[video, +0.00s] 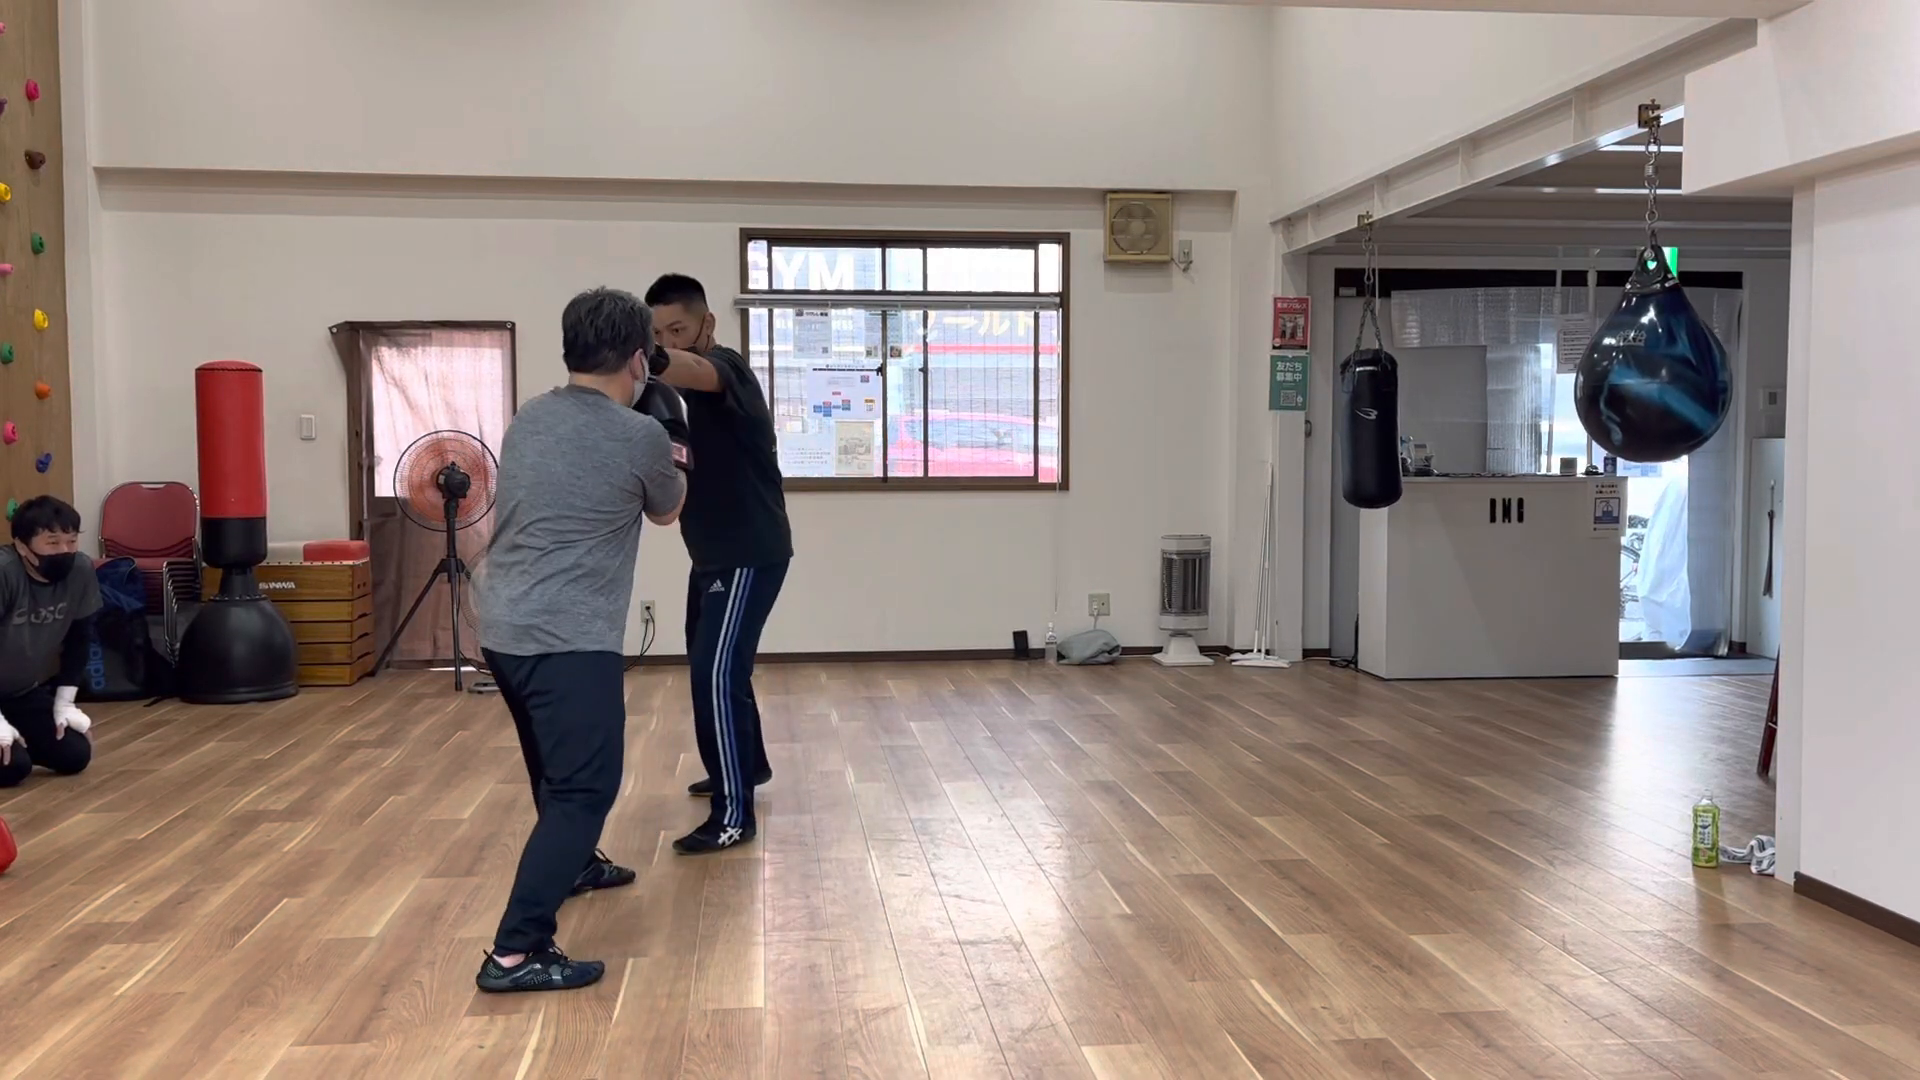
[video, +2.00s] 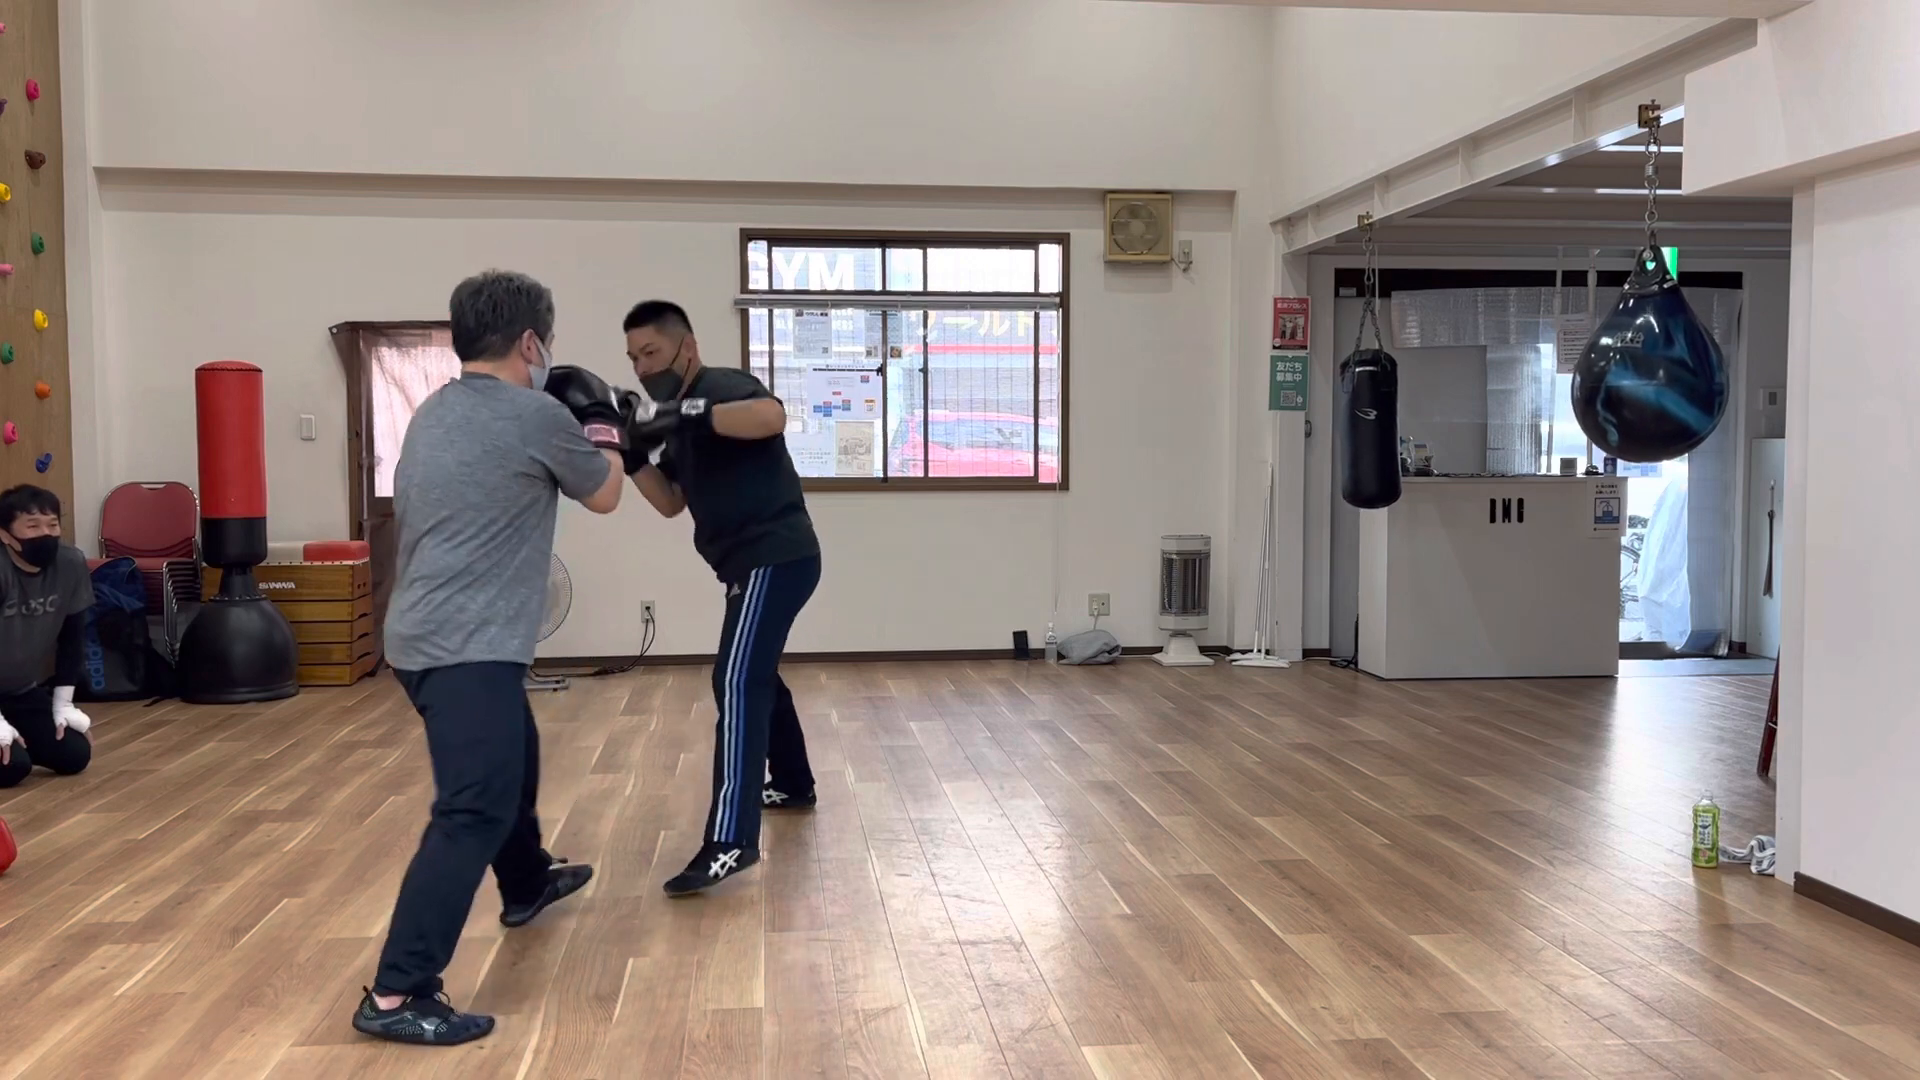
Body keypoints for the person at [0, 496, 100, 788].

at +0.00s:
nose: (64, 552)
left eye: (70, 542)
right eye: (52, 543)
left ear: (77, 540)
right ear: (22, 545)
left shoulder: (80, 570)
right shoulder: (6, 573)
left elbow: (79, 640)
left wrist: (65, 700)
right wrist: (2, 721)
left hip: (29, 690)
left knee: (74, 756)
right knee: (14, 766)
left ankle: (14, 741)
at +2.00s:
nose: (46, 534)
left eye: (53, 524)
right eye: (33, 526)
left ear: (60, 526)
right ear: (7, 537)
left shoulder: (70, 563)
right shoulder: (2, 571)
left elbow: (72, 637)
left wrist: (63, 702)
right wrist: (0, 720)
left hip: (28, 691)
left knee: (74, 756)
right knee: (13, 767)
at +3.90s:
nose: (27, 518)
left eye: (34, 509)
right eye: (15, 509)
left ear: (43, 514)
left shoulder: (52, 560)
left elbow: (64, 630)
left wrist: (65, 693)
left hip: (31, 692)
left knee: (75, 756)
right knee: (12, 767)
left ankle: (14, 729)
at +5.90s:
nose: (11, 522)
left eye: (18, 514)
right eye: (1, 515)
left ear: (28, 516)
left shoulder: (35, 555)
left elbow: (66, 612)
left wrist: (50, 677)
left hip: (15, 689)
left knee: (74, 756)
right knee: (2, 767)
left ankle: (3, 741)